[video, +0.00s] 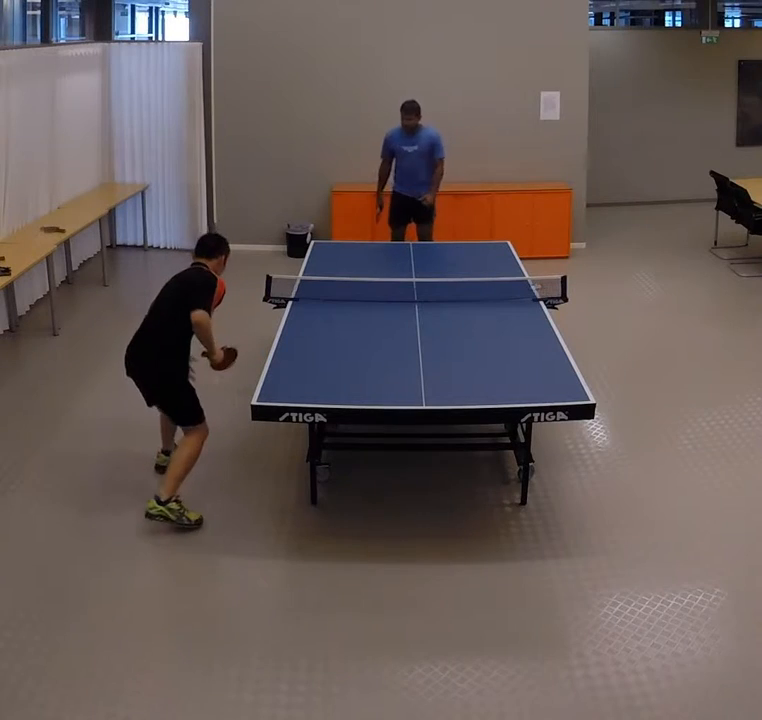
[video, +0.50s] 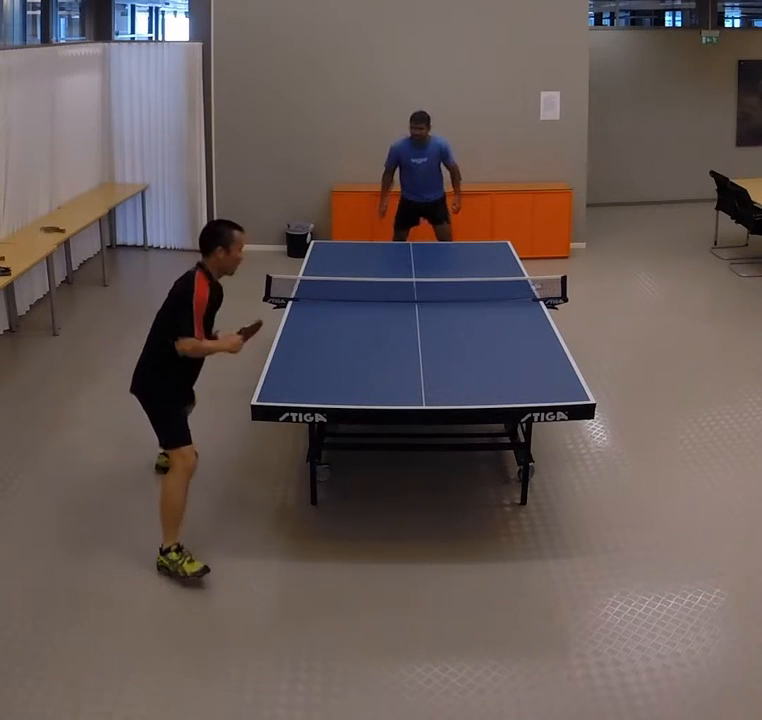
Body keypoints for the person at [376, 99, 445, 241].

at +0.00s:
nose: (406, 123)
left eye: (410, 119)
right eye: (404, 119)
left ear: (419, 118)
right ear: (400, 118)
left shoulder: (432, 137)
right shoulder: (392, 137)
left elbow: (439, 166)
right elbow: (385, 165)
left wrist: (432, 193)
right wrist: (379, 193)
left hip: (423, 197)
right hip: (400, 196)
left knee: (425, 240)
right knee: (397, 240)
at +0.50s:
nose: (416, 132)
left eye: (420, 129)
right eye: (413, 128)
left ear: (428, 129)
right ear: (409, 128)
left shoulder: (440, 146)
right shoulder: (398, 149)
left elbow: (454, 170)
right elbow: (388, 174)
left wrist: (457, 196)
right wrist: (383, 201)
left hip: (435, 201)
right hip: (409, 202)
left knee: (446, 240)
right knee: (398, 241)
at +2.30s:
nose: (446, 165)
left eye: (450, 161)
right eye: (442, 161)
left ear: (456, 160)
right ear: (436, 158)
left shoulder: (464, 171)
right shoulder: (424, 173)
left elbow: (475, 192)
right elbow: (431, 203)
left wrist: (482, 215)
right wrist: (457, 219)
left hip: (449, 209)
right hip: (423, 208)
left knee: (456, 244)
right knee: (405, 244)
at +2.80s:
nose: (427, 139)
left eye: (431, 135)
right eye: (424, 135)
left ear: (437, 135)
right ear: (418, 135)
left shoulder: (450, 151)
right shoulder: (407, 155)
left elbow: (461, 170)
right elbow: (399, 184)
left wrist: (463, 194)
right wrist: (408, 208)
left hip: (447, 201)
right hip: (420, 202)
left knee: (460, 240)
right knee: (410, 242)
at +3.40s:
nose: (450, 130)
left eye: (454, 126)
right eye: (447, 126)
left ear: (461, 126)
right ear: (443, 125)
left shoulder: (471, 145)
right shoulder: (432, 145)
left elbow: (481, 170)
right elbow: (430, 175)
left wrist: (489, 194)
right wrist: (448, 186)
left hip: (462, 198)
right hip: (437, 198)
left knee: (476, 240)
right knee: (418, 239)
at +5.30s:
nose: (403, 137)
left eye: (406, 133)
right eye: (399, 133)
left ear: (409, 130)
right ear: (390, 129)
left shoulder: (411, 142)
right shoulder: (380, 150)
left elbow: (414, 161)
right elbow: (385, 183)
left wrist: (423, 182)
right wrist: (406, 196)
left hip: (404, 194)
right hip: (381, 195)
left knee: (414, 237)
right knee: (382, 240)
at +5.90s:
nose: (400, 129)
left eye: (403, 126)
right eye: (397, 125)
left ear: (409, 125)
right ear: (391, 123)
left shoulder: (416, 143)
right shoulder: (378, 138)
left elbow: (418, 172)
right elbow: (362, 156)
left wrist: (402, 176)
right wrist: (355, 181)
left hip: (402, 197)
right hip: (379, 194)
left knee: (403, 240)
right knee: (374, 237)